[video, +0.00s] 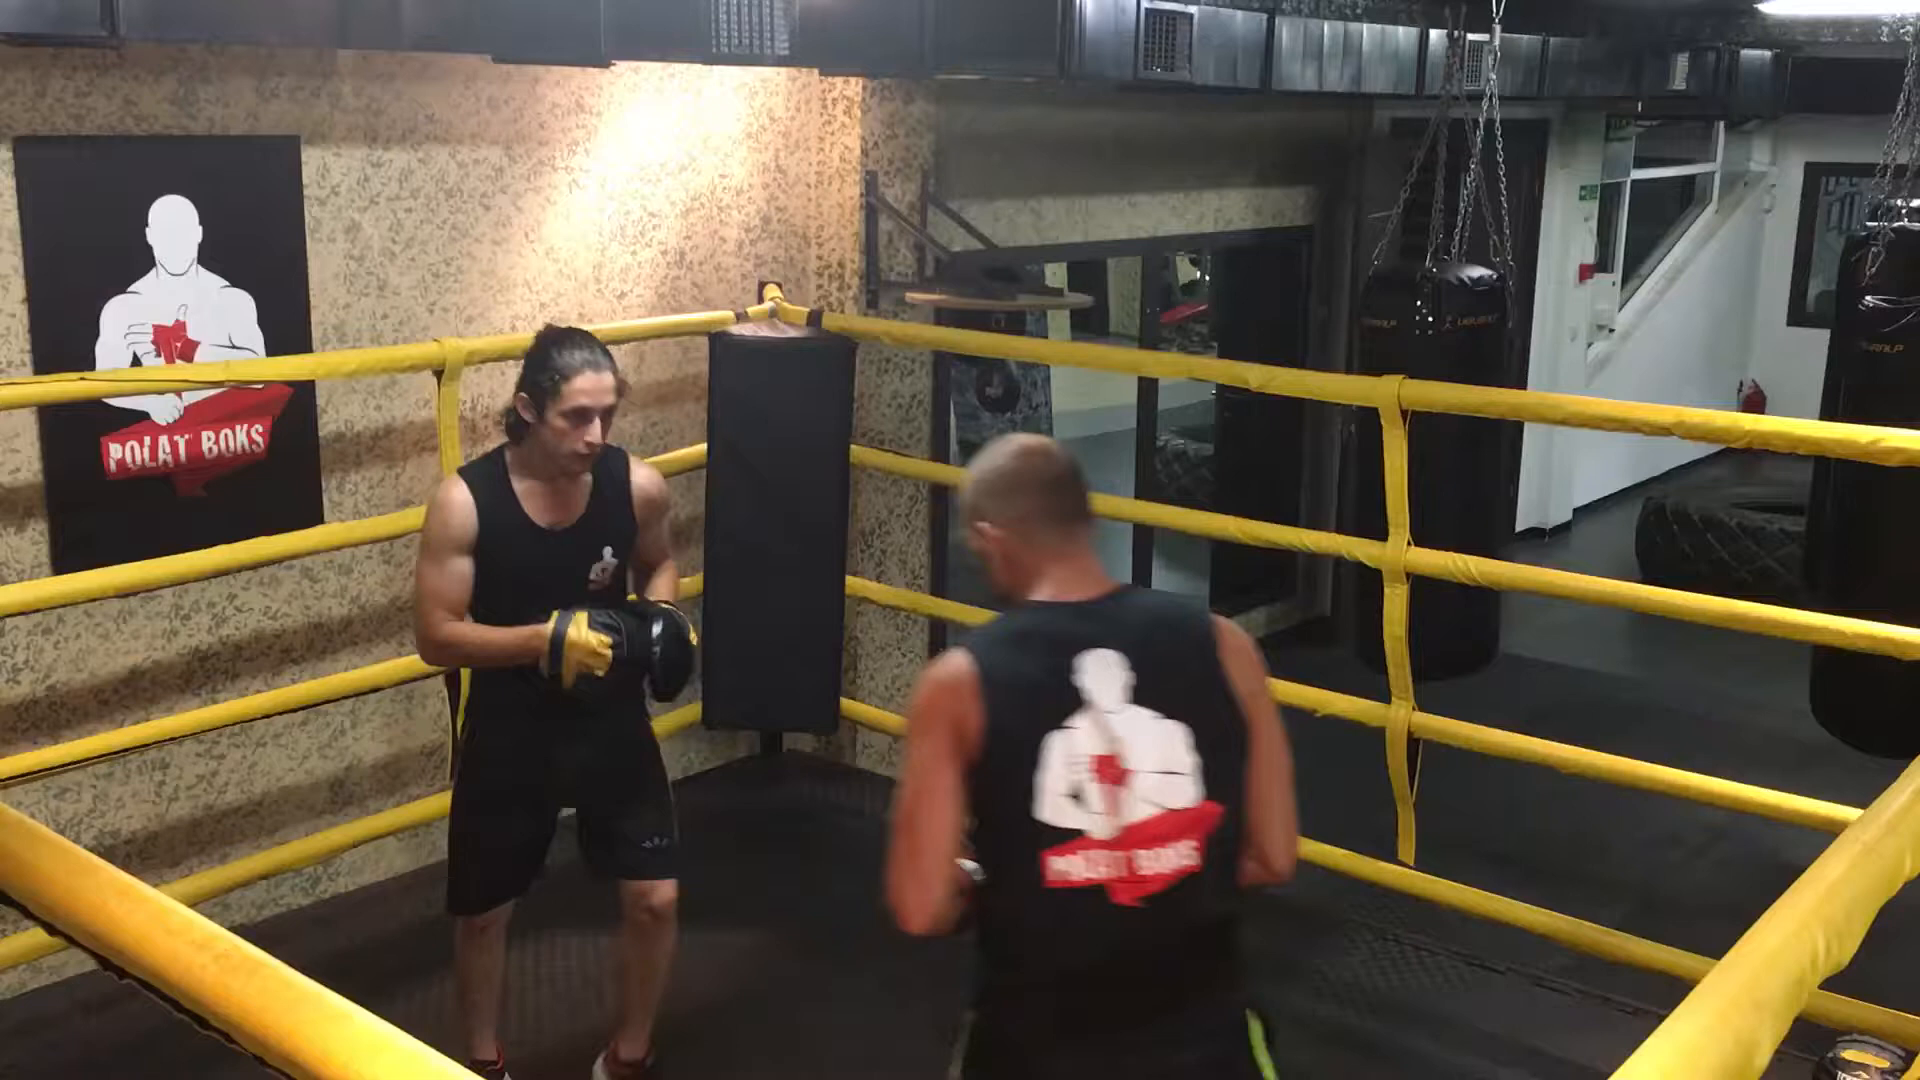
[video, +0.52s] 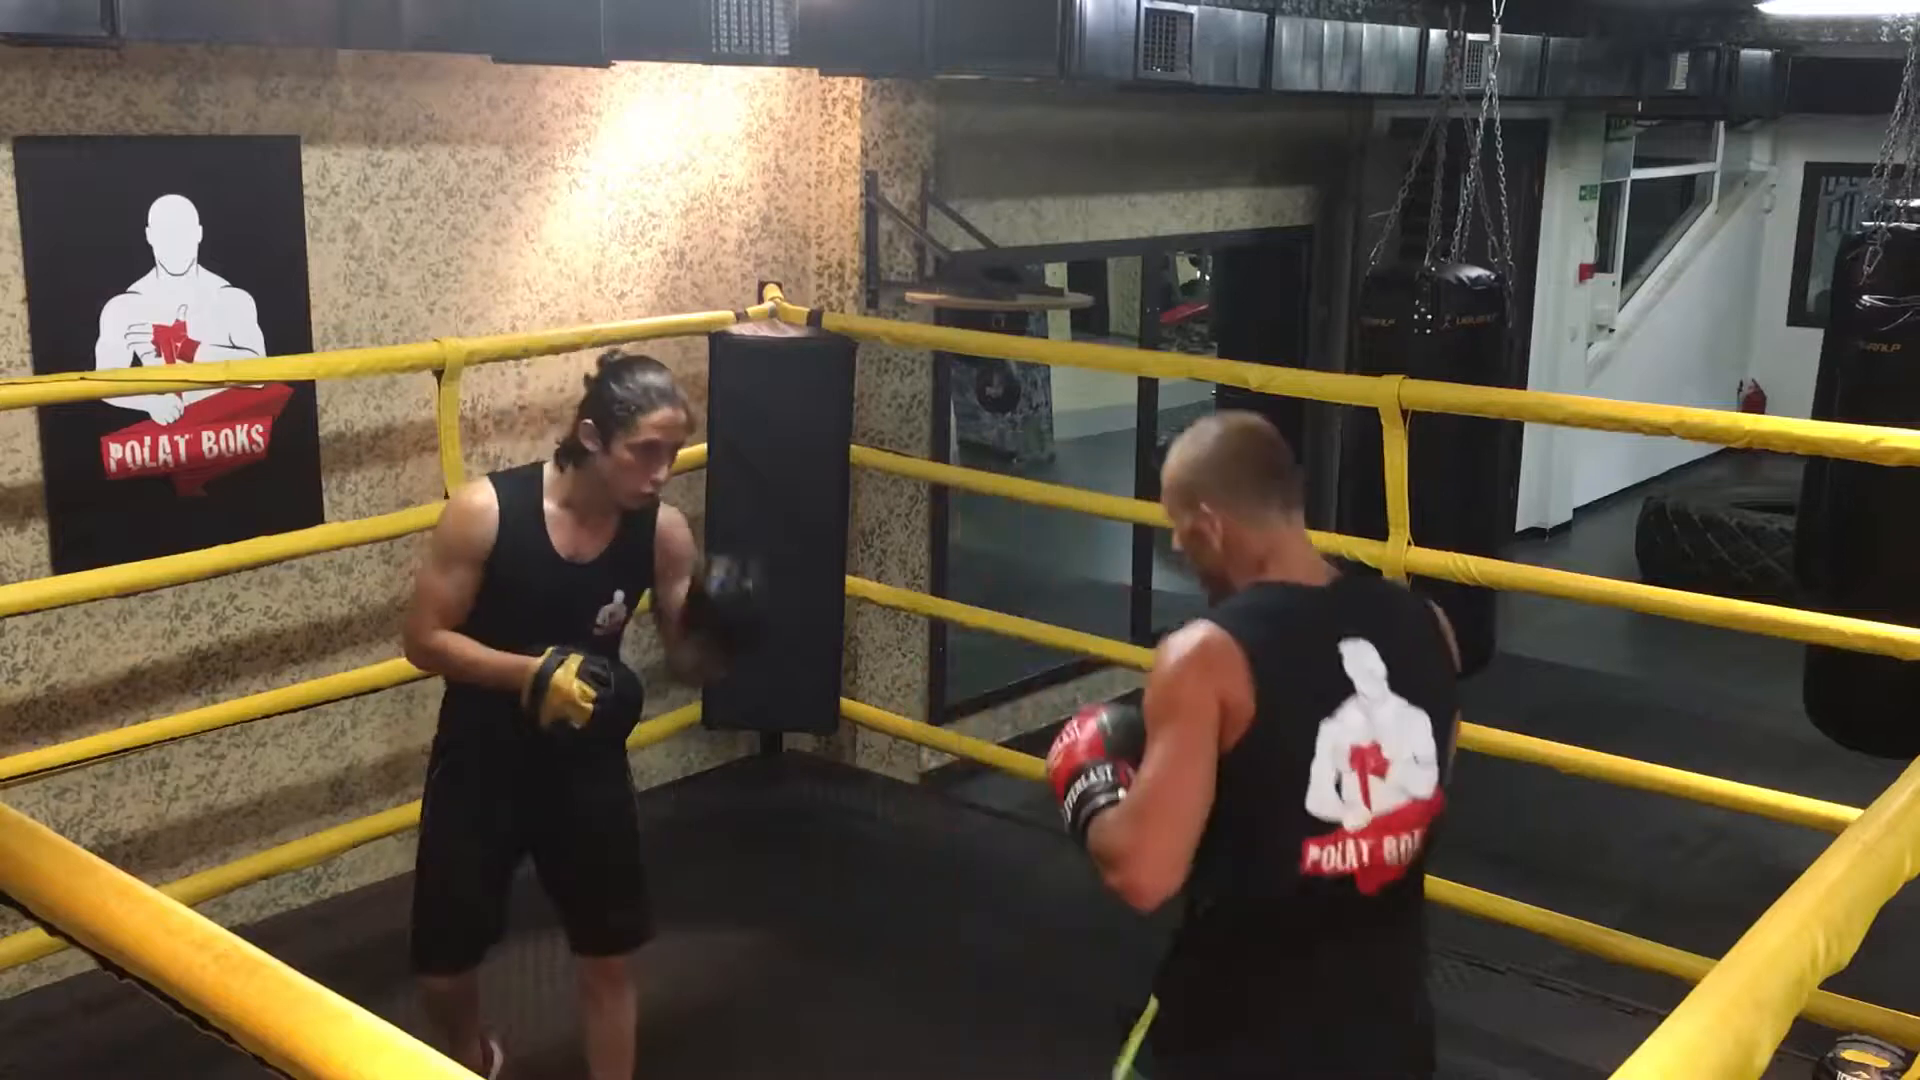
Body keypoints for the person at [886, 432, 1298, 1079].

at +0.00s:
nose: (979, 562)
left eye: (975, 547)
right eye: (975, 549)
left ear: (992, 540)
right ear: (1086, 515)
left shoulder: (961, 681)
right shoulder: (1224, 647)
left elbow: (920, 908)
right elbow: (1273, 857)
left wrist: (996, 871)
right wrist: (1152, 853)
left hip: (1038, 1042)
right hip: (1201, 1033)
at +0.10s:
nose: (1029, 578)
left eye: (1022, 561)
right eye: (1022, 563)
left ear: (1040, 552)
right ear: (1130, 525)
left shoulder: (1019, 691)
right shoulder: (1271, 658)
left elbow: (983, 917)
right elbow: (1308, 863)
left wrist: (958, 858)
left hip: (1084, 1045)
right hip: (1244, 1037)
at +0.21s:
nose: (1089, 592)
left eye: (1084, 571)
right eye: (1080, 573)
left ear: (1110, 560)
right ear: (1196, 539)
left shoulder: (1116, 697)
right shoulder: (1333, 669)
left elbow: (1100, 923)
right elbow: (1355, 839)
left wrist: (1019, 869)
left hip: (1152, 1047)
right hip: (1306, 1043)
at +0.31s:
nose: (1130, 556)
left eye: (1125, 535)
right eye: (1122, 537)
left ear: (1156, 527)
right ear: (1237, 509)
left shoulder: (1166, 660)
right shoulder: (1363, 632)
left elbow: (1169, 886)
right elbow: (1381, 801)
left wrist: (1075, 819)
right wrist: (1146, 781)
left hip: (1191, 1020)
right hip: (1336, 1015)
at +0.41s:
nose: (1149, 523)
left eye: (1150, 505)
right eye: (1144, 504)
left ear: (1184, 504)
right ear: (1268, 483)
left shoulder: (1185, 637)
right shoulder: (1398, 601)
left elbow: (1171, 857)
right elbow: (1414, 780)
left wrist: (1083, 773)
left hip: (1211, 1006)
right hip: (1361, 1001)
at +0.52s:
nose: (1179, 548)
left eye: (1177, 530)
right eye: (1174, 532)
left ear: (1211, 523)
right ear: (1294, 501)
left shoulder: (1206, 655)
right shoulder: (1424, 627)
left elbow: (1144, 875)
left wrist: (1085, 777)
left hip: (1233, 1020)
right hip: (1385, 1015)